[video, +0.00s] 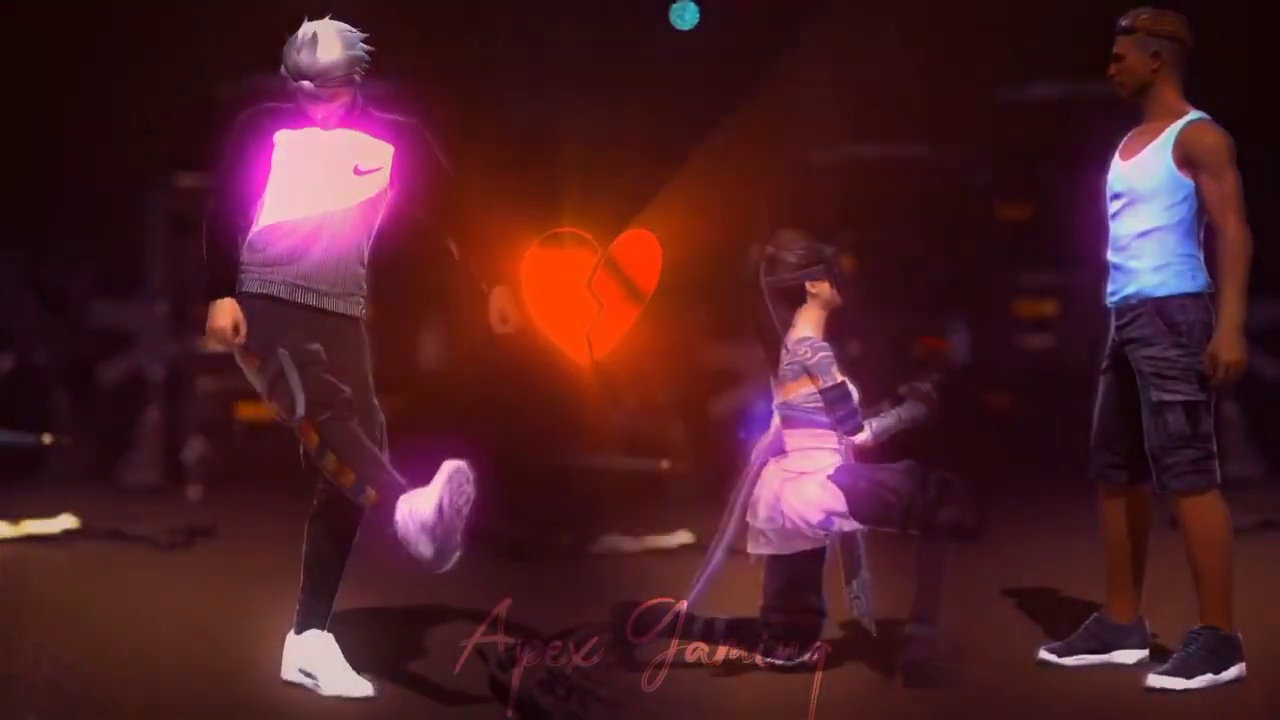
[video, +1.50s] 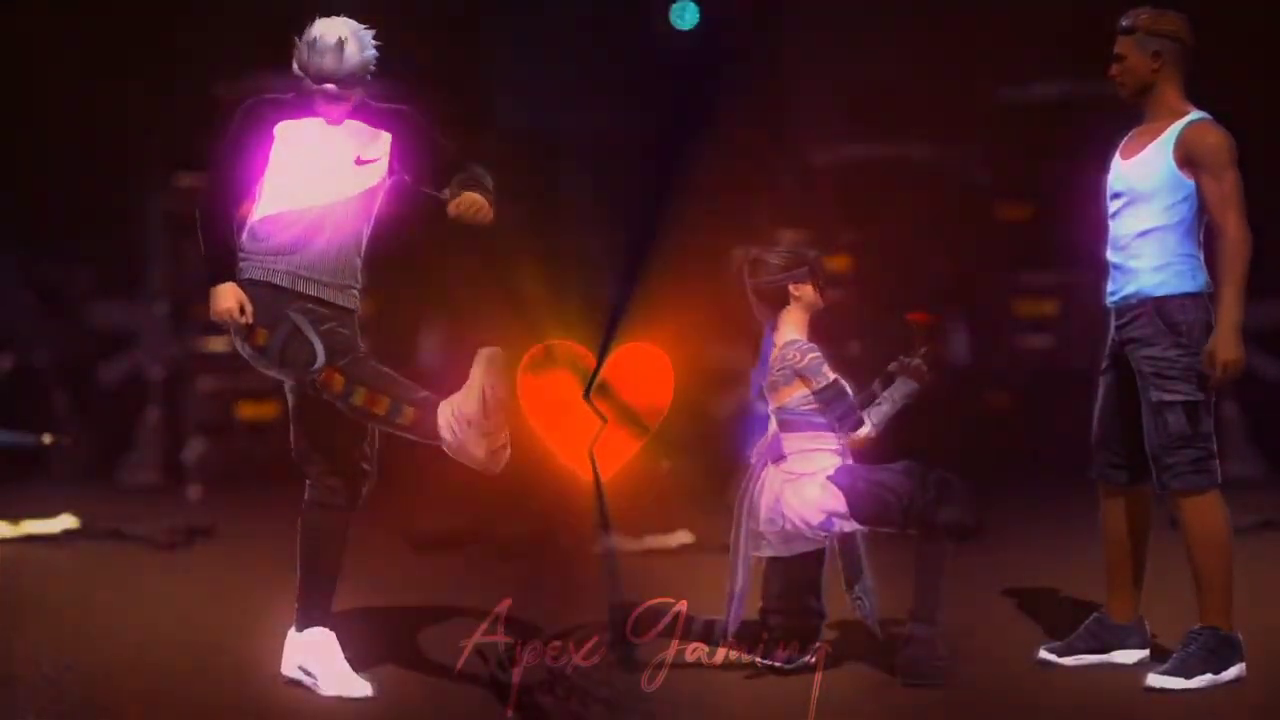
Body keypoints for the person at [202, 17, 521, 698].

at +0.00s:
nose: (328, 101)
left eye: (339, 87)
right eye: (315, 89)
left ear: (359, 79)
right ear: (294, 83)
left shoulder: (391, 140)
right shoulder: (262, 133)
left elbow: (446, 220)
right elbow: (223, 216)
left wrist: (488, 288)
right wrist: (219, 291)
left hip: (346, 314)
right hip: (272, 302)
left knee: (353, 464)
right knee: (321, 404)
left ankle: (310, 634)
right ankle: (408, 513)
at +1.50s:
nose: (332, 102)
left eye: (346, 89)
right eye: (321, 89)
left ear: (367, 79)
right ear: (302, 75)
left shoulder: (395, 129)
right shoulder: (264, 118)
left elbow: (448, 173)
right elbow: (219, 197)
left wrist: (470, 192)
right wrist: (220, 275)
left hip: (339, 311)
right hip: (266, 293)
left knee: (336, 476)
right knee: (310, 360)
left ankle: (310, 632)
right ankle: (448, 422)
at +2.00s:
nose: (345, 106)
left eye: (359, 95)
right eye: (335, 92)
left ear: (376, 82)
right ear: (313, 75)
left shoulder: (395, 127)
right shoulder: (267, 114)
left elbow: (471, 180)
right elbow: (218, 197)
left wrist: (472, 177)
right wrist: (216, 277)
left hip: (336, 307)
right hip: (260, 291)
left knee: (336, 475)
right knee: (311, 360)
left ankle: (309, 633)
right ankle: (448, 430)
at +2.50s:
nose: (352, 108)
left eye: (366, 98)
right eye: (342, 94)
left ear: (382, 89)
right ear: (321, 76)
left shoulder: (393, 129)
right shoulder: (269, 115)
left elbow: (471, 191)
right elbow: (217, 198)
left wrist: (465, 173)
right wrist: (212, 281)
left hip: (335, 309)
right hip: (260, 293)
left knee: (335, 475)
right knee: (318, 371)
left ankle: (309, 634)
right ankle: (437, 456)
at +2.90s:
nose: (357, 111)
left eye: (370, 102)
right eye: (348, 96)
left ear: (386, 93)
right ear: (329, 76)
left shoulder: (391, 133)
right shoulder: (269, 115)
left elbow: (460, 202)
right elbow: (218, 200)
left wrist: (458, 179)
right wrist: (209, 285)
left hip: (334, 308)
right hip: (262, 293)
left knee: (335, 470)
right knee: (317, 393)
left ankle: (309, 634)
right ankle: (415, 493)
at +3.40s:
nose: (357, 116)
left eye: (371, 106)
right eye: (349, 101)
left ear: (386, 97)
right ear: (329, 80)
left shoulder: (391, 136)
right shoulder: (270, 117)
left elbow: (447, 211)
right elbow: (219, 202)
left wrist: (456, 192)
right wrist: (207, 287)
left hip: (335, 309)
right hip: (262, 294)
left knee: (344, 461)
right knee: (312, 406)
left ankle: (308, 635)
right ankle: (400, 519)